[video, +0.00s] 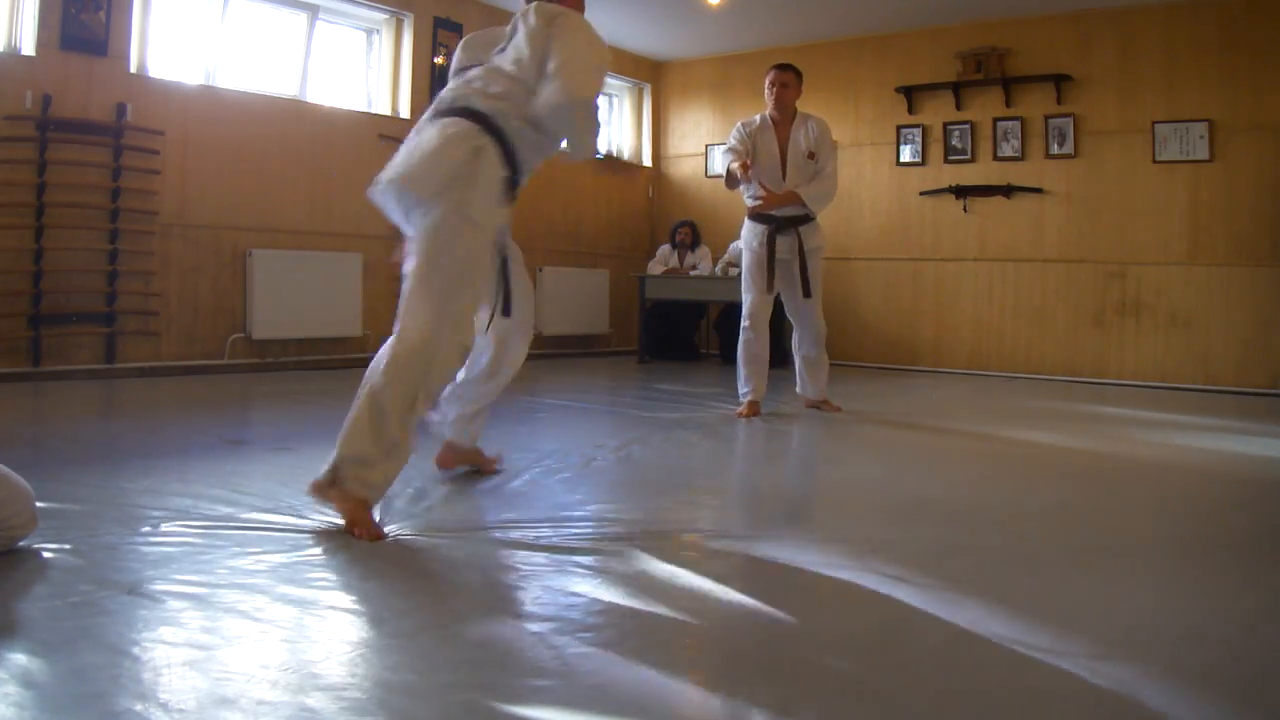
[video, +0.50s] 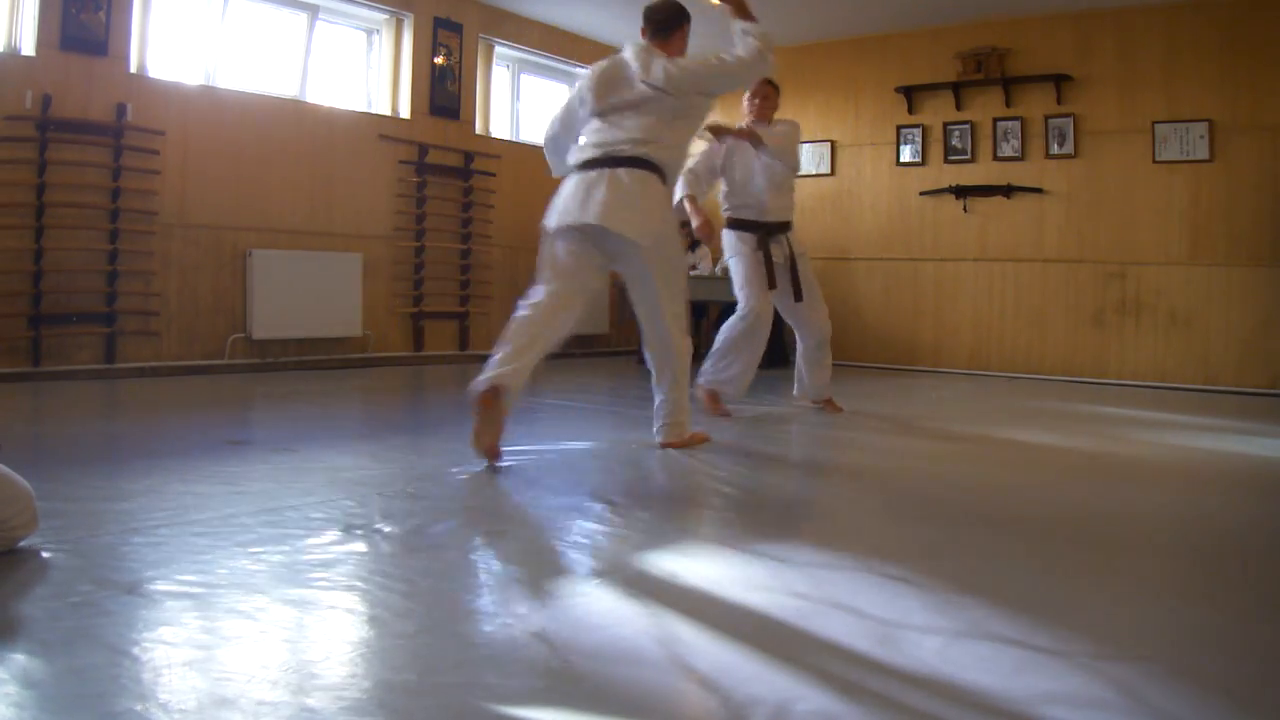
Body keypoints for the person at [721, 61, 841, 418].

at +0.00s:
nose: (776, 91)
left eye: (784, 86)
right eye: (771, 85)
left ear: (799, 92)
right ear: (764, 91)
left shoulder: (816, 129)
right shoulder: (747, 130)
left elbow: (826, 184)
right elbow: (730, 179)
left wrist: (785, 198)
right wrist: (738, 169)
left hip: (801, 233)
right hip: (758, 232)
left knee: (809, 317)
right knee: (753, 316)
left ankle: (813, 392)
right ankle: (750, 396)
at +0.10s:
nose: (779, 90)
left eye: (787, 85)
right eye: (774, 84)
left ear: (802, 92)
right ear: (767, 90)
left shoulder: (818, 128)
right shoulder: (749, 130)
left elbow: (830, 183)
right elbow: (733, 164)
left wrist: (787, 197)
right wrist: (740, 178)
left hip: (804, 232)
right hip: (761, 231)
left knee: (812, 318)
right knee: (757, 316)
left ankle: (813, 392)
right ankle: (750, 396)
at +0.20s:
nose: (780, 90)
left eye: (789, 85)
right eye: (776, 85)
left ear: (804, 91)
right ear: (769, 91)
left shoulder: (820, 128)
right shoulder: (750, 130)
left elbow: (831, 181)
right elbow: (729, 171)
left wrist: (789, 195)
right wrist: (739, 194)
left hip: (805, 231)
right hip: (761, 231)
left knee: (815, 317)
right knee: (757, 314)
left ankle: (812, 392)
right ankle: (750, 395)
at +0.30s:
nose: (782, 93)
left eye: (790, 87)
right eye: (777, 87)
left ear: (804, 94)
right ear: (770, 92)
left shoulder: (817, 130)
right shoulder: (750, 132)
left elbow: (826, 183)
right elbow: (725, 174)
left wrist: (778, 187)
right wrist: (726, 209)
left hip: (801, 229)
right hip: (758, 229)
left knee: (813, 313)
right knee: (759, 307)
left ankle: (816, 391)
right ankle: (747, 389)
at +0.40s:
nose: (775, 97)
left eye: (783, 92)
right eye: (770, 91)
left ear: (795, 100)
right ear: (761, 97)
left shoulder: (806, 131)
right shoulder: (743, 136)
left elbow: (808, 172)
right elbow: (712, 178)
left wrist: (759, 163)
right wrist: (708, 218)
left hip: (794, 231)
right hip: (752, 230)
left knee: (813, 314)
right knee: (759, 297)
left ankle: (813, 390)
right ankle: (736, 383)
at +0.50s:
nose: (757, 101)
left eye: (766, 97)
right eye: (752, 96)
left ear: (777, 104)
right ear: (743, 102)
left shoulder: (788, 131)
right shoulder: (726, 139)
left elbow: (774, 142)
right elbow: (690, 176)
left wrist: (733, 133)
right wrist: (695, 213)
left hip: (780, 237)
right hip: (742, 236)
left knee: (814, 319)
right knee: (754, 309)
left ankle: (815, 391)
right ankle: (710, 384)